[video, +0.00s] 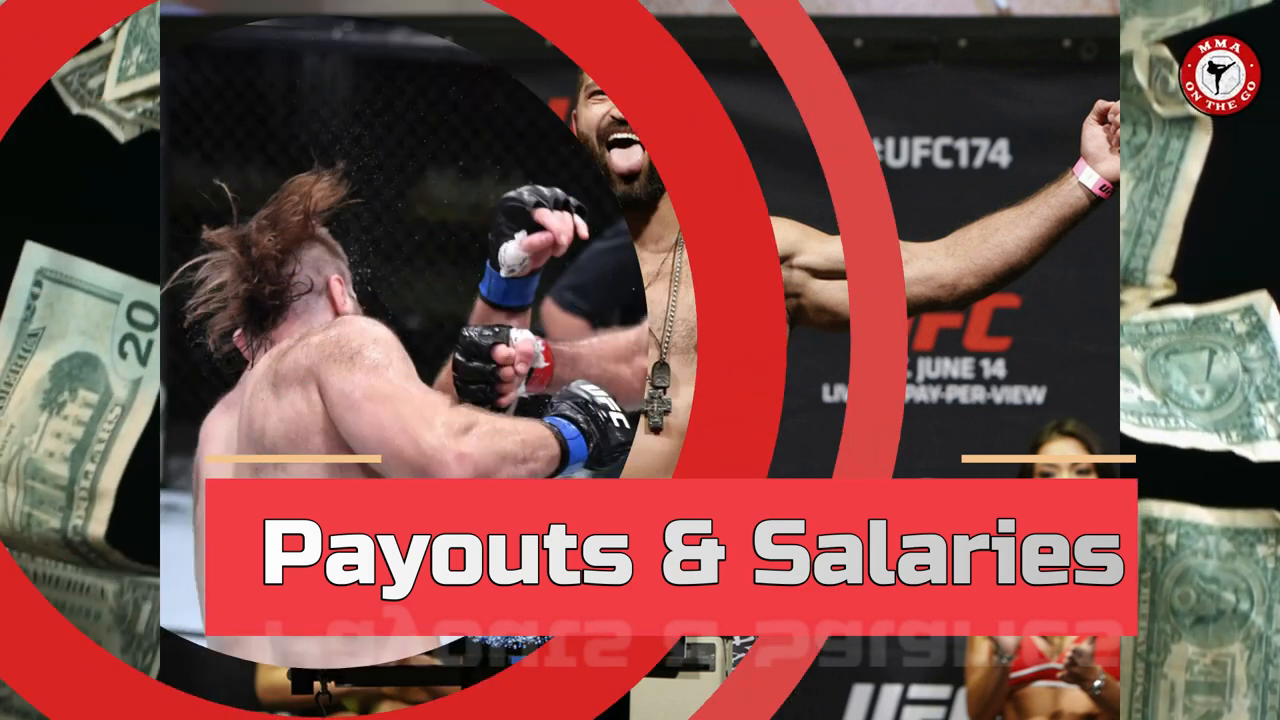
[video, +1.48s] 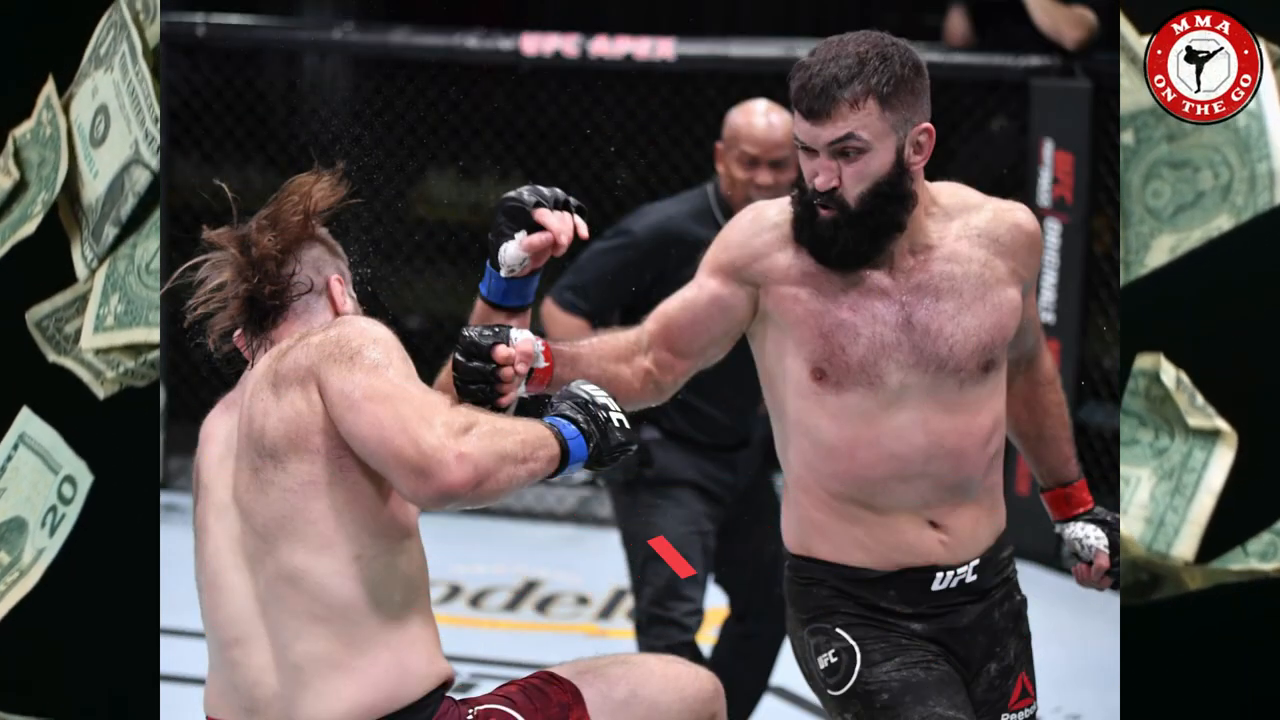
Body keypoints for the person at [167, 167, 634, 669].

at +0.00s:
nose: (360, 310)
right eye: (356, 294)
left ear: (243, 345)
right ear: (338, 294)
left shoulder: (216, 426)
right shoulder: (345, 342)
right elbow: (452, 455)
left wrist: (509, 280)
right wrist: (575, 430)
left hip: (274, 689)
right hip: (407, 673)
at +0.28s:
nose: (364, 307)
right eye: (356, 289)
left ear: (243, 345)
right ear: (340, 290)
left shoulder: (217, 427)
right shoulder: (347, 344)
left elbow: (442, 425)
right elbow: (453, 456)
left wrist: (508, 284)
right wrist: (576, 431)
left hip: (239, 714)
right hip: (396, 709)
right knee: (691, 687)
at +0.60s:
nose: (363, 306)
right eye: (356, 289)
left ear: (243, 345)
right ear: (340, 291)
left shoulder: (216, 429)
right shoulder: (347, 345)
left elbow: (442, 425)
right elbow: (453, 456)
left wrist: (508, 284)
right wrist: (575, 432)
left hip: (237, 715)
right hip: (394, 709)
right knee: (691, 687)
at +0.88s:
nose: (363, 307)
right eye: (356, 289)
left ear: (243, 345)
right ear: (340, 291)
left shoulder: (216, 429)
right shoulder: (346, 345)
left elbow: (444, 426)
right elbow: (454, 455)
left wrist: (508, 284)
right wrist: (576, 431)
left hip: (237, 714)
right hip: (394, 710)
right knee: (691, 687)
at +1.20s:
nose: (365, 311)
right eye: (358, 292)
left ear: (244, 344)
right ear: (341, 291)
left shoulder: (219, 425)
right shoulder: (346, 347)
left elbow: (450, 422)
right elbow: (448, 452)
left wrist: (508, 284)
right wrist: (576, 432)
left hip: (242, 714)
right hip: (396, 710)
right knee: (691, 687)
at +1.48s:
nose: (366, 312)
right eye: (358, 293)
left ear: (243, 344)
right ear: (341, 291)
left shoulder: (218, 426)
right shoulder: (344, 347)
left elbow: (444, 432)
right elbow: (447, 467)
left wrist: (508, 284)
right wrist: (575, 432)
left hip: (241, 712)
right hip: (397, 708)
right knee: (691, 688)